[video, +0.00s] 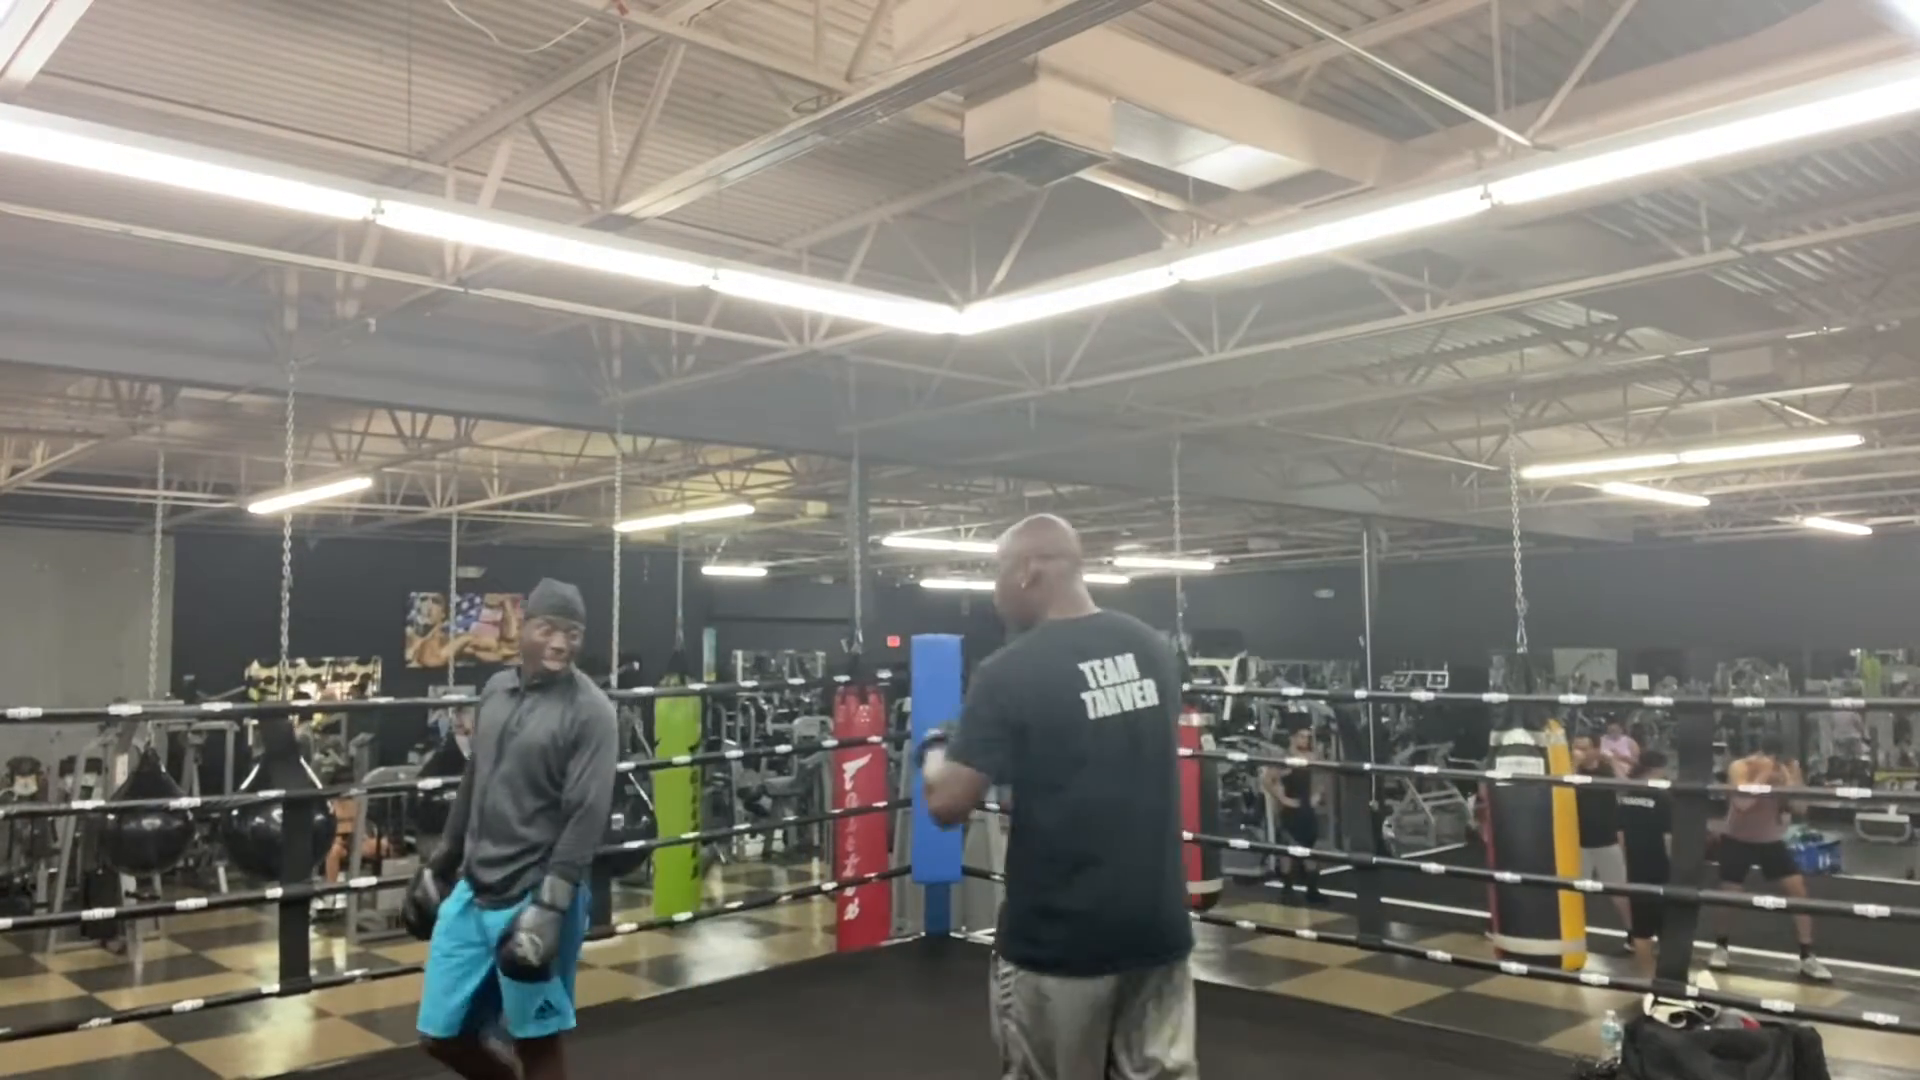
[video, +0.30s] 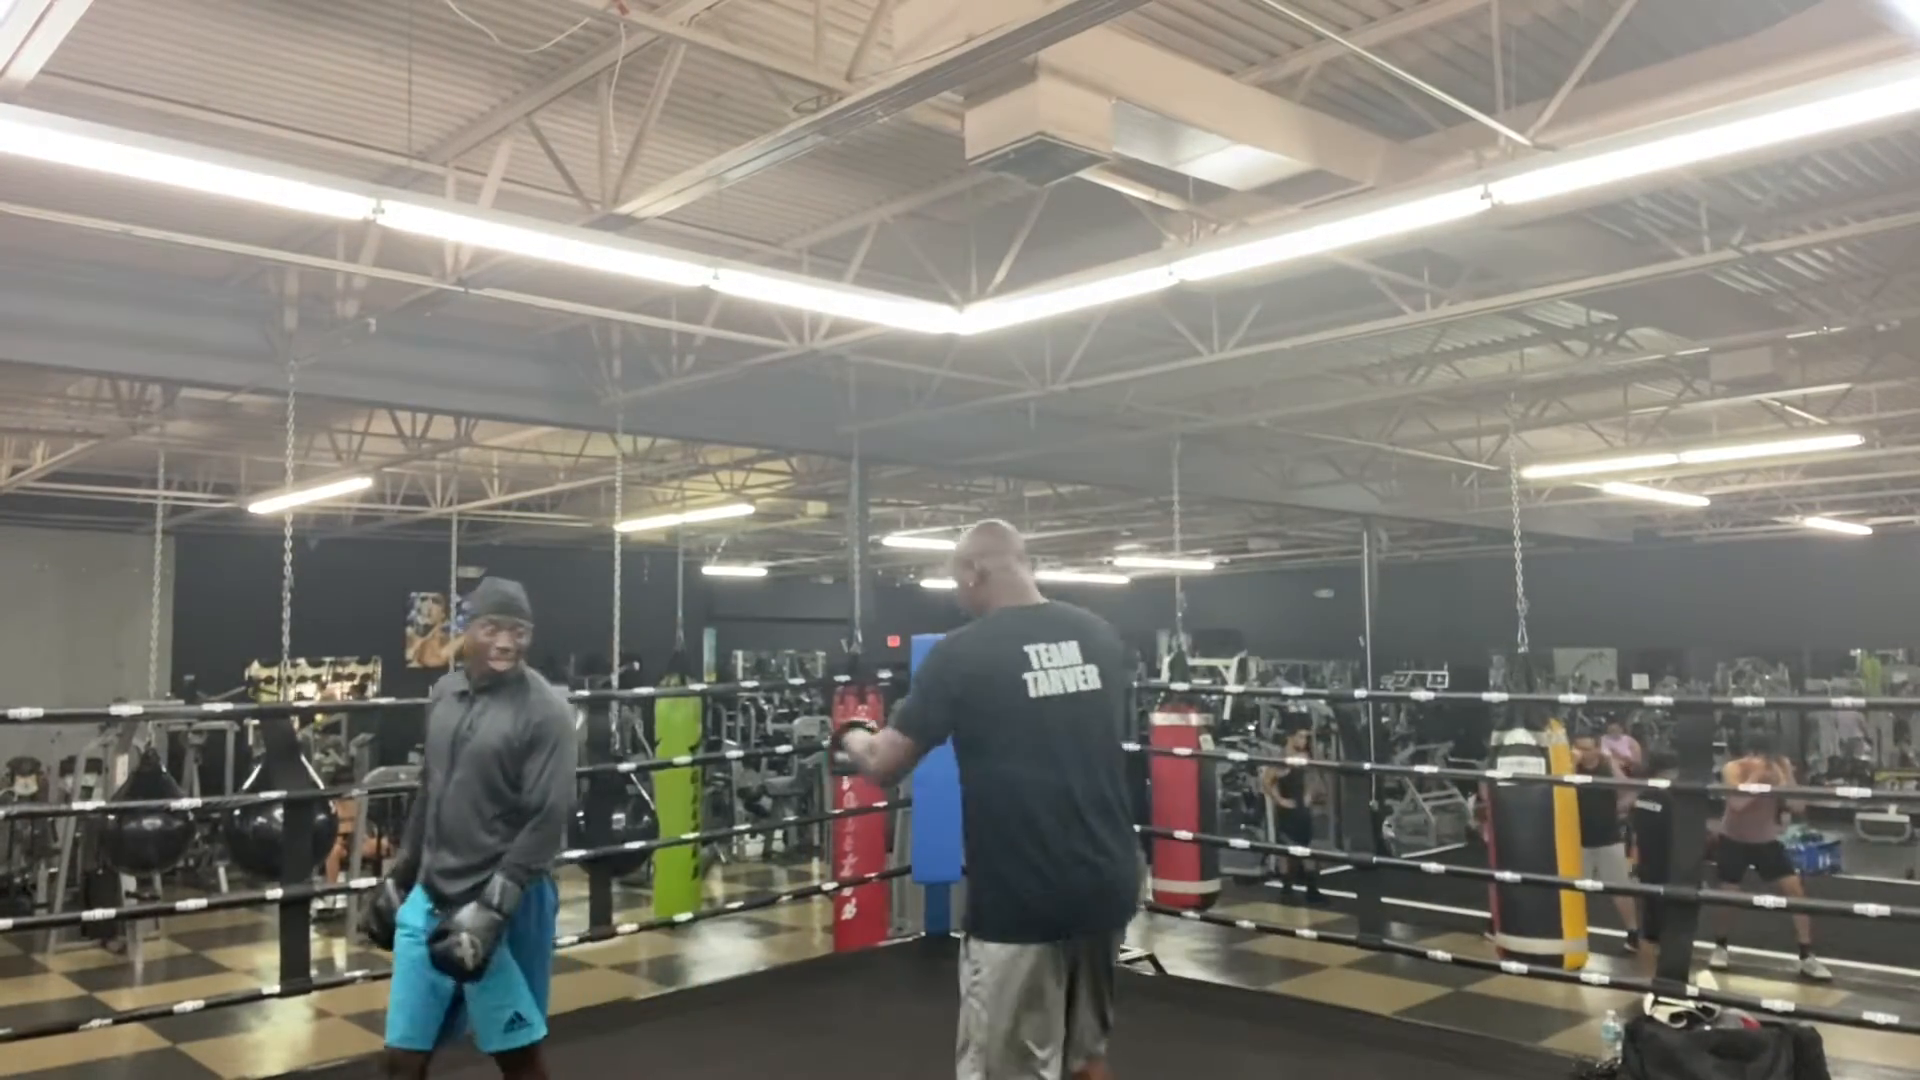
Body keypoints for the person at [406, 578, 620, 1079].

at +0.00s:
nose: (559, 642)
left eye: (570, 633)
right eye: (547, 629)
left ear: (580, 640)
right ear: (521, 630)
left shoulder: (593, 711)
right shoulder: (497, 689)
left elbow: (588, 815)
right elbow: (473, 784)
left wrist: (549, 907)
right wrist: (438, 867)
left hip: (541, 897)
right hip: (473, 892)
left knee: (538, 1043)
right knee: (442, 1036)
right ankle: (514, 1075)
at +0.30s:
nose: (504, 642)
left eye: (517, 631)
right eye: (492, 628)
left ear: (528, 639)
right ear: (466, 632)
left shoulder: (547, 712)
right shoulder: (446, 692)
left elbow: (548, 823)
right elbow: (430, 794)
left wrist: (492, 907)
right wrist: (398, 881)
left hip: (510, 898)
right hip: (430, 896)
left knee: (517, 1055)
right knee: (402, 1058)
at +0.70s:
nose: (384, 638)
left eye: (395, 624)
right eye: (368, 624)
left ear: (411, 631)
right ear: (340, 632)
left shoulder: (447, 711)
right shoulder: (316, 715)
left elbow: (479, 812)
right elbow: (293, 824)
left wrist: (484, 916)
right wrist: (264, 921)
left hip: (400, 925)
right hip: (320, 921)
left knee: (372, 1067)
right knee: (306, 1067)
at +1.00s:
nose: (321, 636)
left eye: (335, 623)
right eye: (305, 622)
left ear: (352, 630)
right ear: (280, 630)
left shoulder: (391, 712)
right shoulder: (255, 714)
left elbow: (413, 830)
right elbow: (227, 827)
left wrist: (413, 933)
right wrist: (182, 915)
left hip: (346, 928)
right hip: (270, 929)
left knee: (291, 1068)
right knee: (262, 1068)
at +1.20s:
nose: (228, 638)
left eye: (248, 623)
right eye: (225, 622)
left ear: (297, 629)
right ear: (220, 627)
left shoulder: (347, 727)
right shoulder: (216, 712)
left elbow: (365, 854)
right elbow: (186, 827)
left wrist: (364, 968)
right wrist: (140, 922)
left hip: (283, 950)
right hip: (210, 950)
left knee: (230, 1068)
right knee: (210, 1068)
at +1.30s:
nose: (201, 636)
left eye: (221, 620)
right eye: (201, 620)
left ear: (274, 625)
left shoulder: (329, 729)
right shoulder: (204, 712)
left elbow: (342, 857)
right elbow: (172, 832)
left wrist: (335, 972)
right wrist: (128, 929)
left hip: (256, 956)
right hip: (178, 954)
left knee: (231, 1071)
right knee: (161, 1070)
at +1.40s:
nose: (173, 634)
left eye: (192, 618)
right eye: (177, 618)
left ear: (247, 624)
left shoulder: (307, 728)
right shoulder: (189, 713)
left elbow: (315, 865)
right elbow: (162, 839)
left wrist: (301, 984)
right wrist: (116, 940)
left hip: (232, 967)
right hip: (154, 958)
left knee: (216, 1069)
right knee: (117, 1067)